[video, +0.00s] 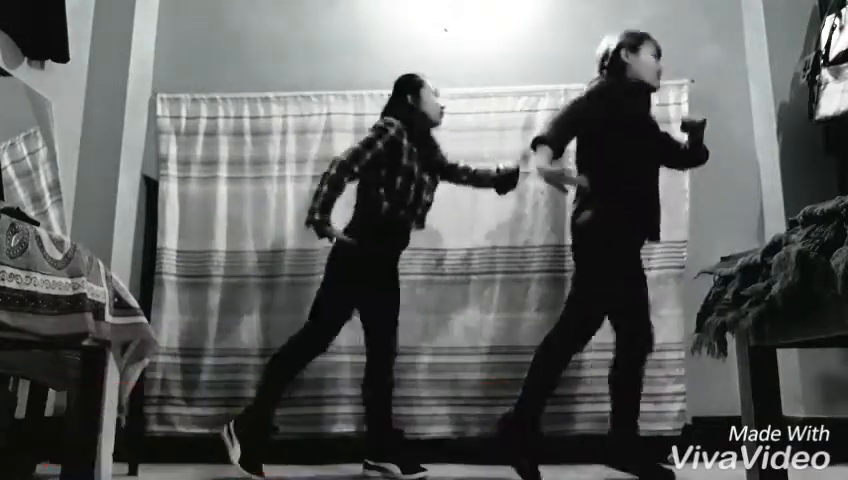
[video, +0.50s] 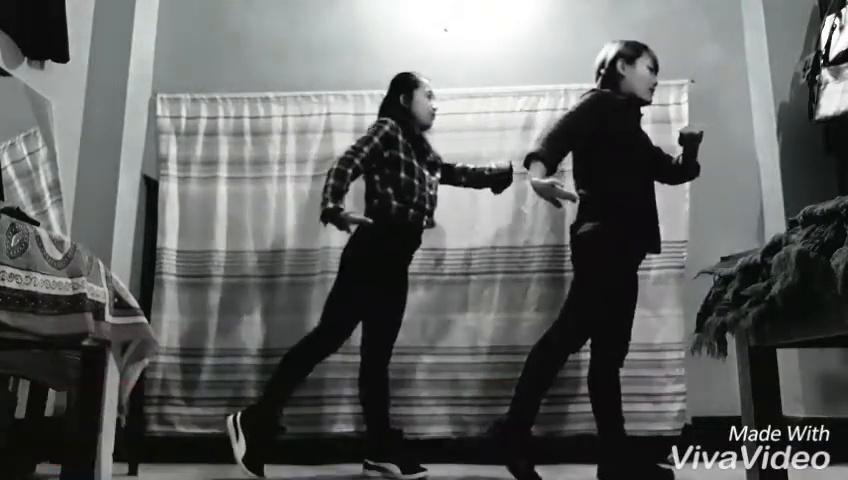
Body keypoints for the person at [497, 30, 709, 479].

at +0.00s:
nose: (662, 65)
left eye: (660, 57)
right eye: (655, 55)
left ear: (634, 59)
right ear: (627, 56)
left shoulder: (637, 114)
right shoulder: (607, 95)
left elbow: (679, 157)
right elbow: (558, 129)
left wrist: (698, 141)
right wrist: (547, 161)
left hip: (620, 238)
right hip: (602, 236)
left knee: (637, 341)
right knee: (635, 339)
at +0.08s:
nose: (667, 74)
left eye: (666, 67)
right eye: (659, 64)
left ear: (638, 70)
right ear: (631, 66)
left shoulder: (645, 131)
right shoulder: (610, 102)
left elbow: (692, 168)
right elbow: (555, 143)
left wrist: (702, 147)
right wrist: (549, 172)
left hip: (632, 249)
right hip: (607, 244)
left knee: (615, 353)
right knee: (574, 338)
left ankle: (618, 454)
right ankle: (517, 431)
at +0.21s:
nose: (671, 76)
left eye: (671, 70)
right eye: (664, 66)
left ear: (641, 69)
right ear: (637, 66)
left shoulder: (642, 127)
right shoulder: (615, 101)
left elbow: (686, 170)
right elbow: (572, 128)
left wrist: (704, 151)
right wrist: (552, 167)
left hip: (627, 250)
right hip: (608, 245)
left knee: (613, 354)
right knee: (571, 337)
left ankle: (618, 455)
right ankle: (518, 432)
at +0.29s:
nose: (666, 78)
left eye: (666, 71)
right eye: (660, 68)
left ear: (637, 71)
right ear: (632, 67)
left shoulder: (638, 125)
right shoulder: (610, 102)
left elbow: (676, 171)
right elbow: (555, 144)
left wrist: (699, 160)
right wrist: (547, 173)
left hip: (628, 250)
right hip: (605, 246)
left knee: (612, 354)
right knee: (570, 338)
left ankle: (618, 456)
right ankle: (517, 431)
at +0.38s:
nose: (661, 77)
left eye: (661, 70)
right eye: (655, 68)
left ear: (633, 72)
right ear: (627, 68)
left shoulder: (635, 126)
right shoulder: (605, 103)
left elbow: (674, 170)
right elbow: (551, 147)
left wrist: (697, 158)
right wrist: (544, 177)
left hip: (626, 250)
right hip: (602, 246)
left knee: (611, 354)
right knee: (567, 338)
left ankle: (616, 456)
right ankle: (515, 433)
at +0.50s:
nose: (656, 78)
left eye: (656, 71)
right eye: (649, 68)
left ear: (628, 72)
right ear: (621, 67)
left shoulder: (628, 124)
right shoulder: (599, 104)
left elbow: (664, 170)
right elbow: (549, 147)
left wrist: (690, 159)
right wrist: (538, 178)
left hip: (621, 250)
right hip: (599, 247)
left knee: (608, 356)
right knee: (565, 338)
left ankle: (615, 457)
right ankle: (513, 432)